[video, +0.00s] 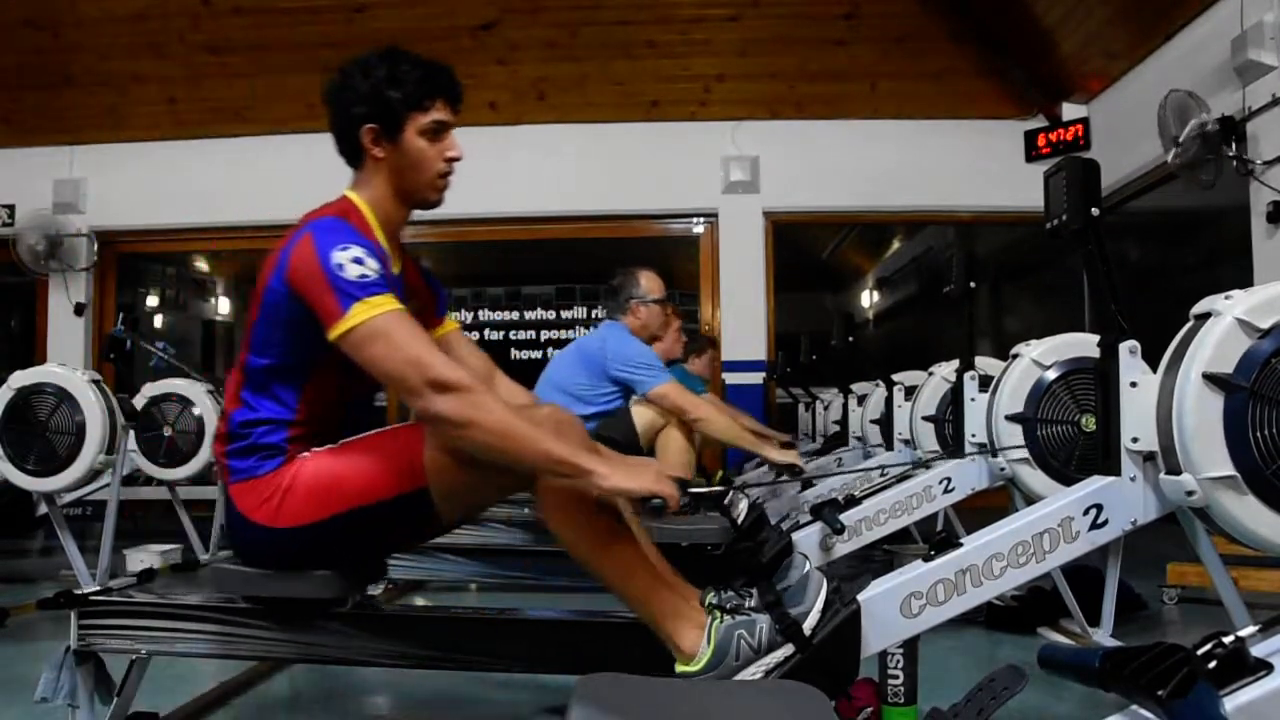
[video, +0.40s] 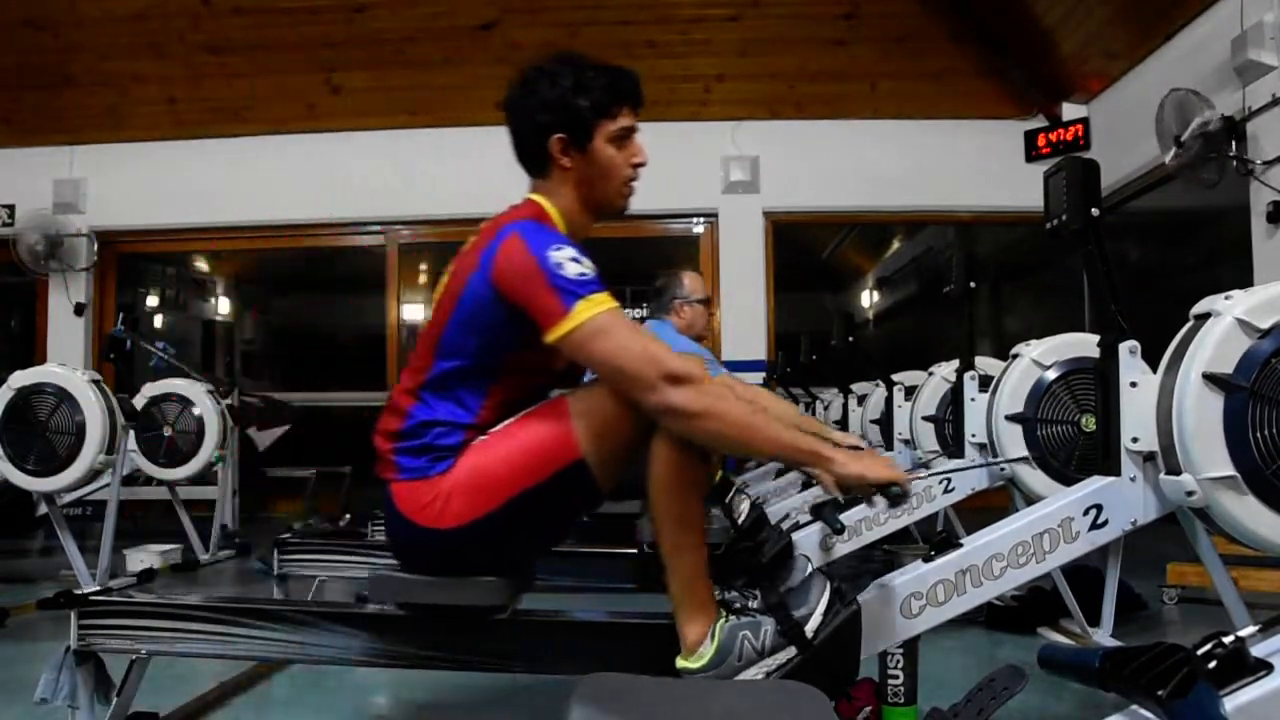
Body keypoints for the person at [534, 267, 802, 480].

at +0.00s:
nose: (669, 311)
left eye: (667, 302)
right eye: (662, 303)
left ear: (634, 311)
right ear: (636, 310)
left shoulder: (617, 342)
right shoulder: (619, 346)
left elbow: (691, 402)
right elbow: (691, 409)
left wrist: (759, 435)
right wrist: (764, 450)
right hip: (568, 445)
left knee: (679, 408)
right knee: (678, 410)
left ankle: (680, 503)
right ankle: (680, 507)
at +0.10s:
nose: (688, 312)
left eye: (686, 304)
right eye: (681, 305)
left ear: (653, 311)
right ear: (655, 311)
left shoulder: (631, 338)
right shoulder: (639, 344)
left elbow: (707, 401)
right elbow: (716, 409)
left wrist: (771, 430)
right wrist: (788, 448)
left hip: (580, 430)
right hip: (585, 437)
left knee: (692, 404)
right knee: (689, 411)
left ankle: (683, 500)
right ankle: (684, 503)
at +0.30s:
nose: (711, 313)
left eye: (709, 305)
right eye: (704, 306)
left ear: (676, 311)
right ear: (678, 311)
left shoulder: (654, 338)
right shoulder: (666, 342)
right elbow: (743, 403)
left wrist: (807, 441)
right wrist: (821, 441)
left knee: (701, 401)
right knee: (706, 402)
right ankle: (691, 494)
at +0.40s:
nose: (712, 312)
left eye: (710, 303)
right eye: (705, 303)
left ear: (679, 311)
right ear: (680, 311)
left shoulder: (661, 337)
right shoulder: (672, 343)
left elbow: (742, 393)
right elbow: (740, 395)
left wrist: (825, 431)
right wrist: (827, 436)